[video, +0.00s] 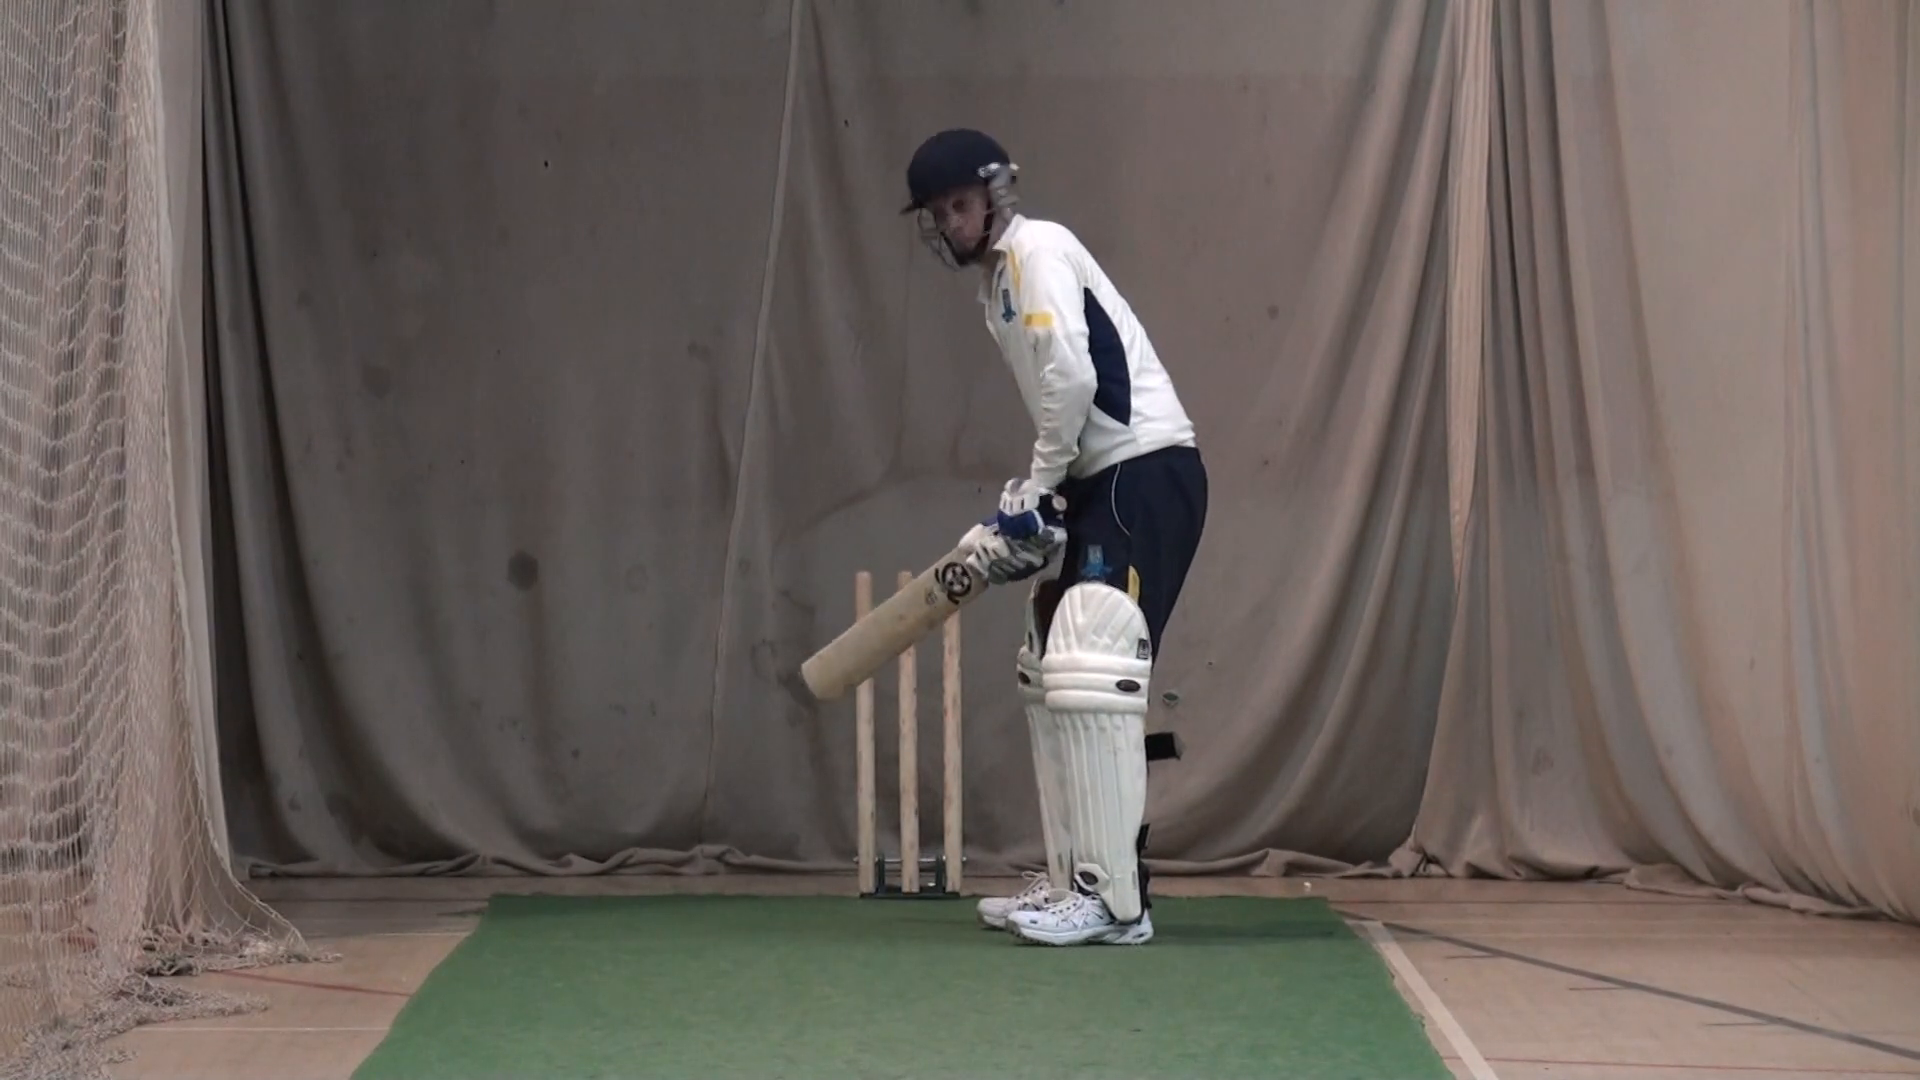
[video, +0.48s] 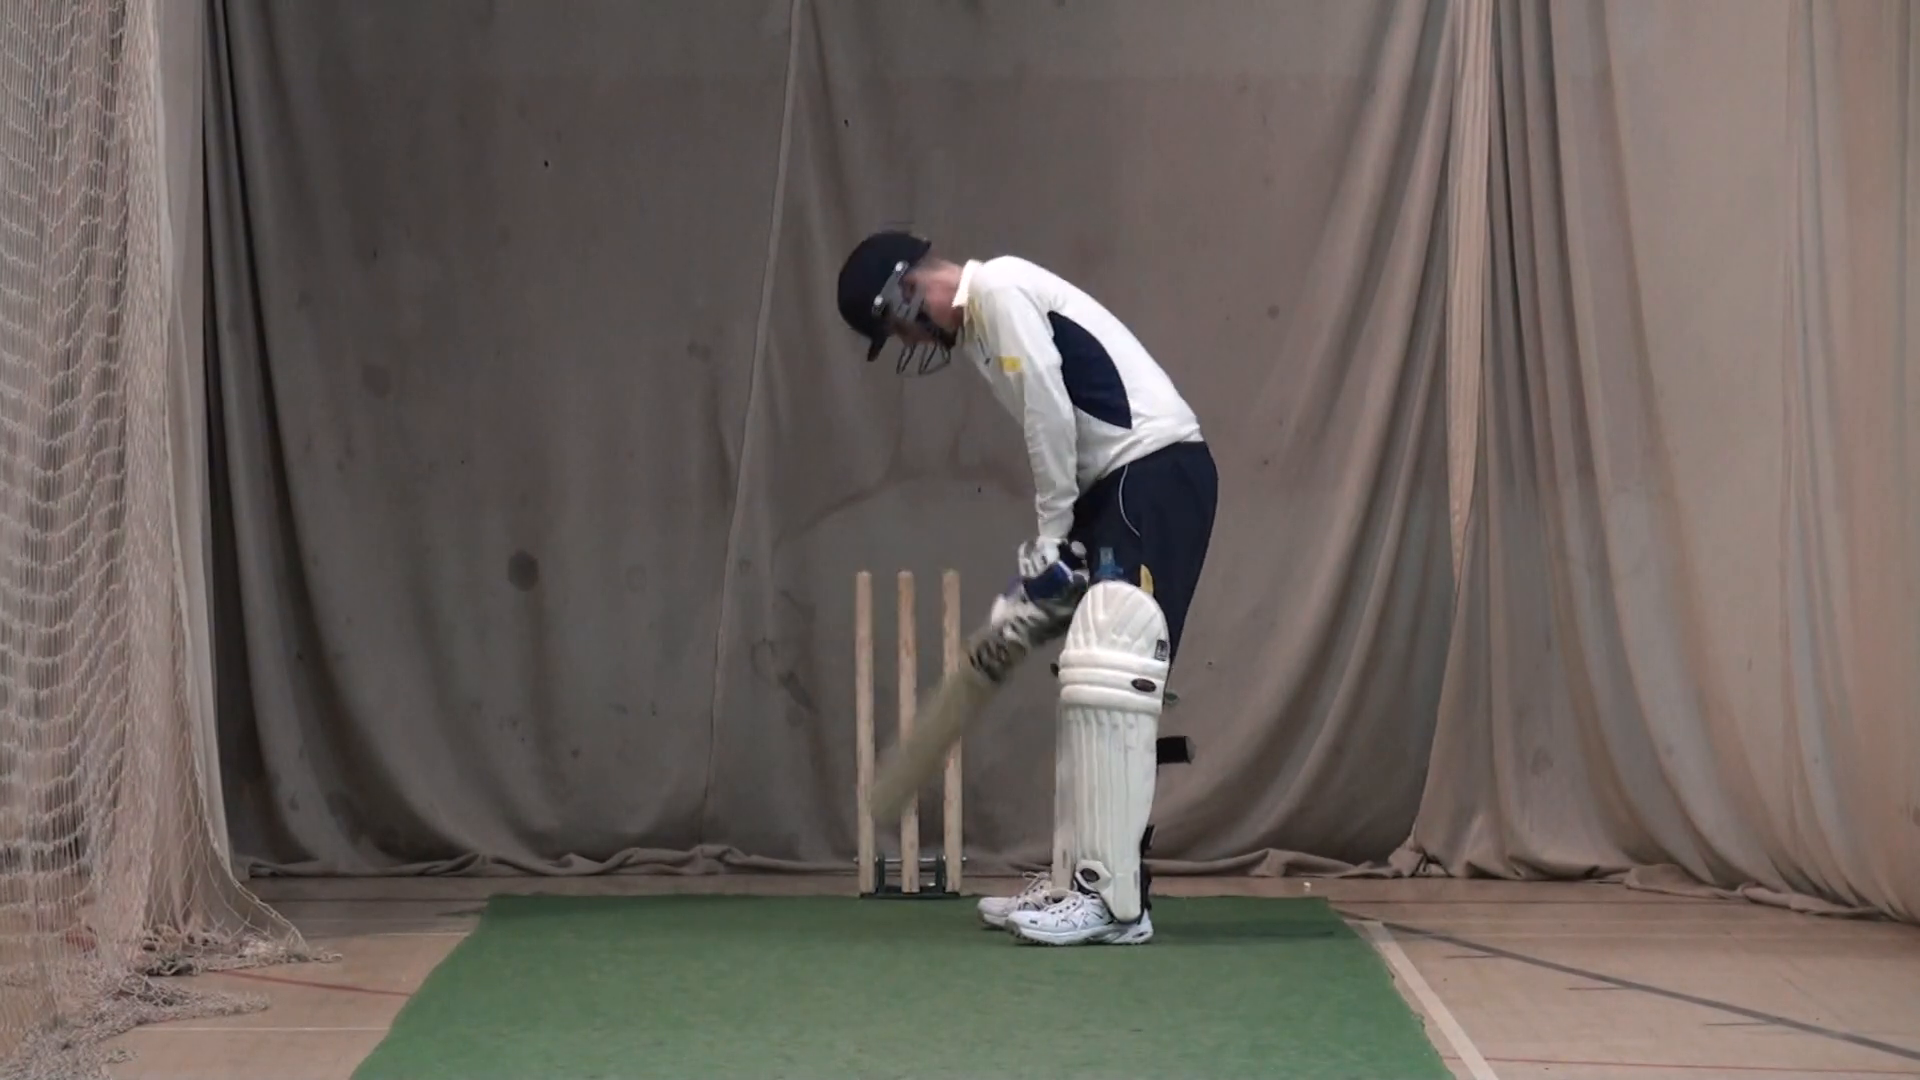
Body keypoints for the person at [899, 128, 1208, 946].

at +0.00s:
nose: (951, 224)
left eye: (962, 204)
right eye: (938, 212)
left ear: (998, 193)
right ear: (930, 218)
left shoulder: (1034, 249)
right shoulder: (1001, 280)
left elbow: (1071, 376)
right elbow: (1057, 415)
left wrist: (1040, 483)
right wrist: (1020, 520)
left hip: (1142, 474)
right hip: (1096, 480)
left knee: (1091, 675)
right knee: (1053, 676)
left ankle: (1114, 900)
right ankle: (1076, 882)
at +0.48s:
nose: (913, 341)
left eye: (901, 325)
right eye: (899, 335)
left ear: (912, 286)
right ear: (914, 286)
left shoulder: (997, 291)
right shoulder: (987, 312)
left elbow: (1052, 421)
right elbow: (1065, 456)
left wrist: (1050, 540)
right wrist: (1025, 600)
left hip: (1154, 471)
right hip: (1120, 480)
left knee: (1115, 684)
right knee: (1095, 682)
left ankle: (1112, 897)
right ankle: (1085, 883)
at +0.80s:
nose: (892, 343)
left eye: (883, 327)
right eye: (880, 336)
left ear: (901, 290)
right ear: (903, 288)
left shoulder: (983, 297)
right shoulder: (969, 325)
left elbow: (1044, 422)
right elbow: (1042, 441)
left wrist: (1051, 541)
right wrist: (1048, 574)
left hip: (1150, 469)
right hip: (1114, 480)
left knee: (1110, 679)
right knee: (1088, 677)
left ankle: (1111, 897)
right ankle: (1092, 885)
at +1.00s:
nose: (895, 267)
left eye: (902, 246)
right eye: (885, 254)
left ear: (947, 226)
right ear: (890, 256)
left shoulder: (994, 274)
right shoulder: (971, 305)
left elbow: (1044, 401)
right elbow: (1037, 430)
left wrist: (1029, 524)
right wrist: (1023, 563)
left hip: (1140, 472)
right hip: (1100, 481)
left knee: (1097, 681)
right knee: (1069, 681)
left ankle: (1112, 896)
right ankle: (1079, 883)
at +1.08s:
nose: (925, 232)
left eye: (934, 212)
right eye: (908, 223)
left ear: (965, 205)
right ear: (897, 235)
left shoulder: (998, 264)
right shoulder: (969, 296)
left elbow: (1044, 400)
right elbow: (1035, 422)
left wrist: (1029, 523)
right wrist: (1022, 548)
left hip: (1136, 471)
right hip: (1096, 481)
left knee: (1095, 681)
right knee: (1066, 679)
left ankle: (1112, 899)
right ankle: (1080, 884)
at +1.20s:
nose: (947, 215)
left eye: (961, 198)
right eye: (931, 203)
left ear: (988, 198)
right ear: (912, 215)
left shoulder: (1009, 259)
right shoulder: (971, 299)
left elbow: (1050, 398)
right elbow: (1038, 419)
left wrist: (1031, 518)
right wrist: (1023, 534)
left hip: (1134, 471)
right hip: (1092, 479)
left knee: (1091, 678)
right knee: (1061, 676)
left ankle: (1112, 898)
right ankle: (1079, 881)